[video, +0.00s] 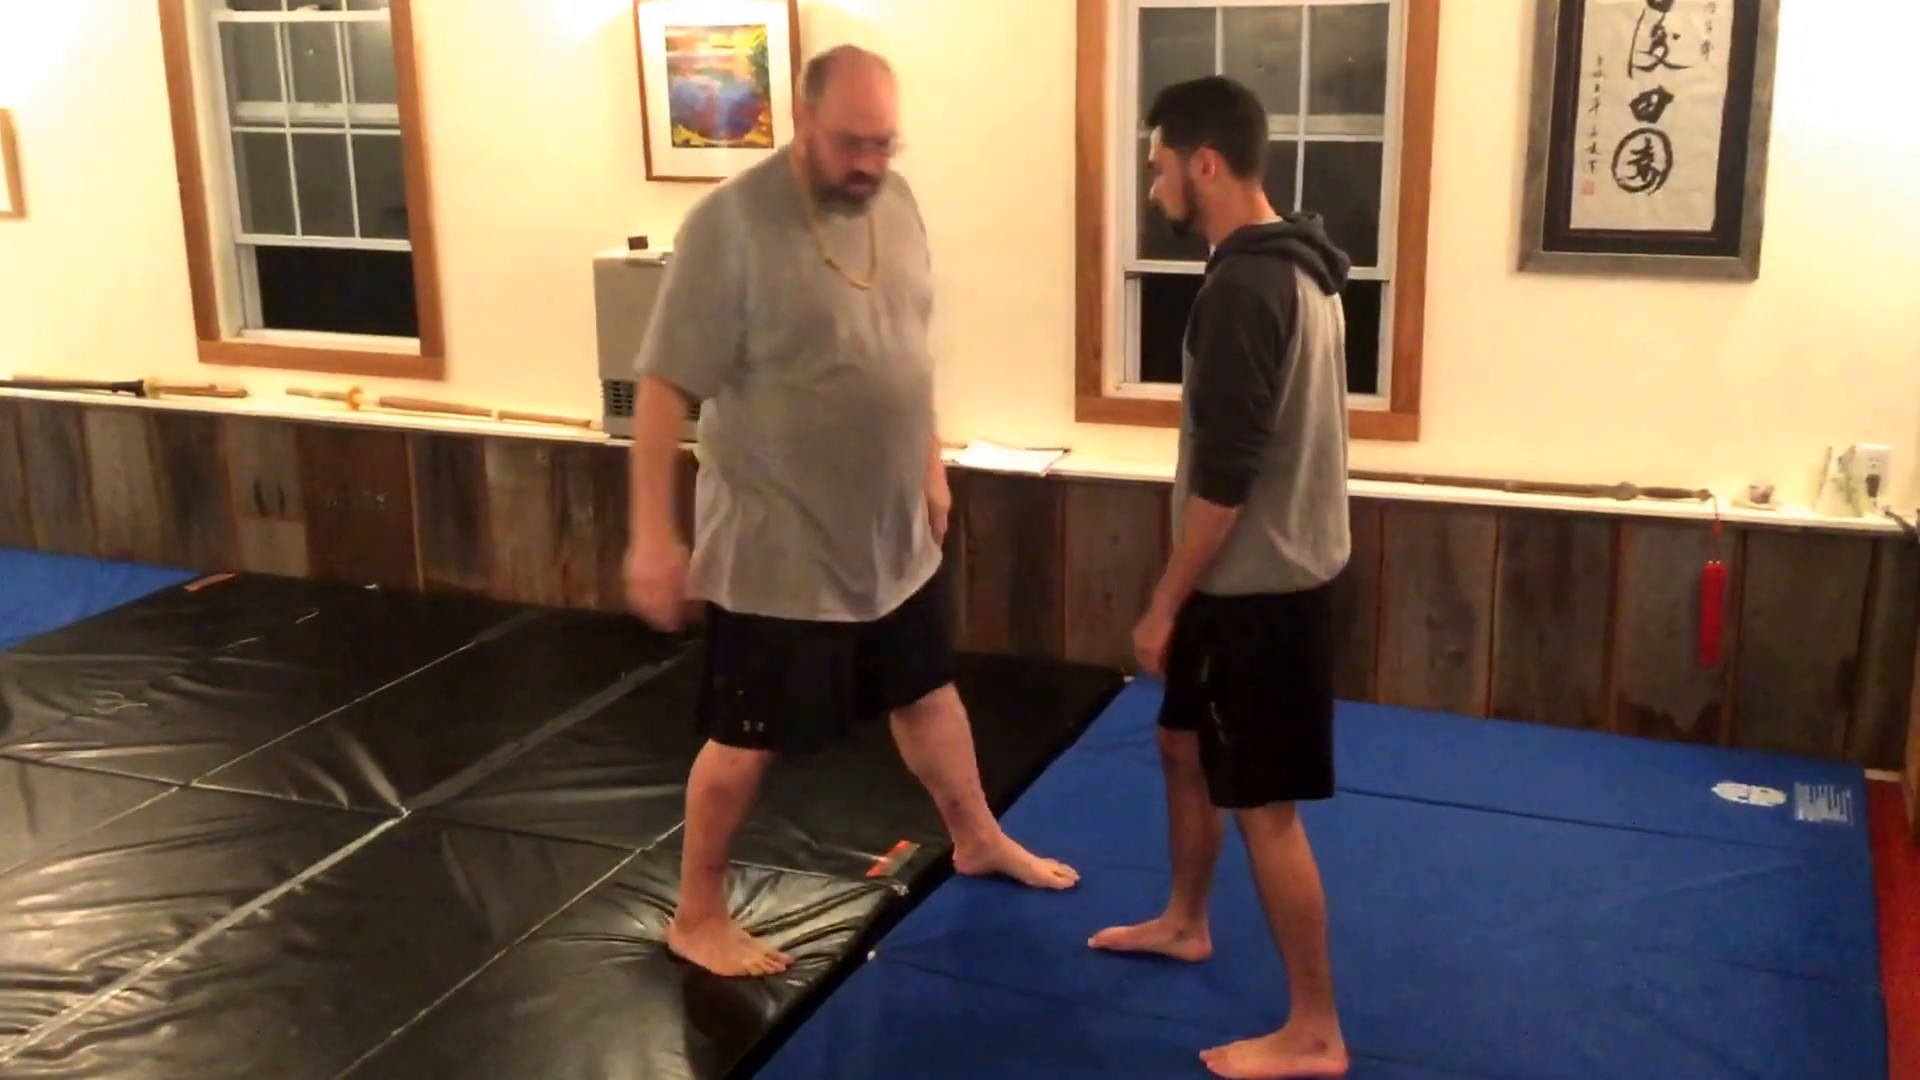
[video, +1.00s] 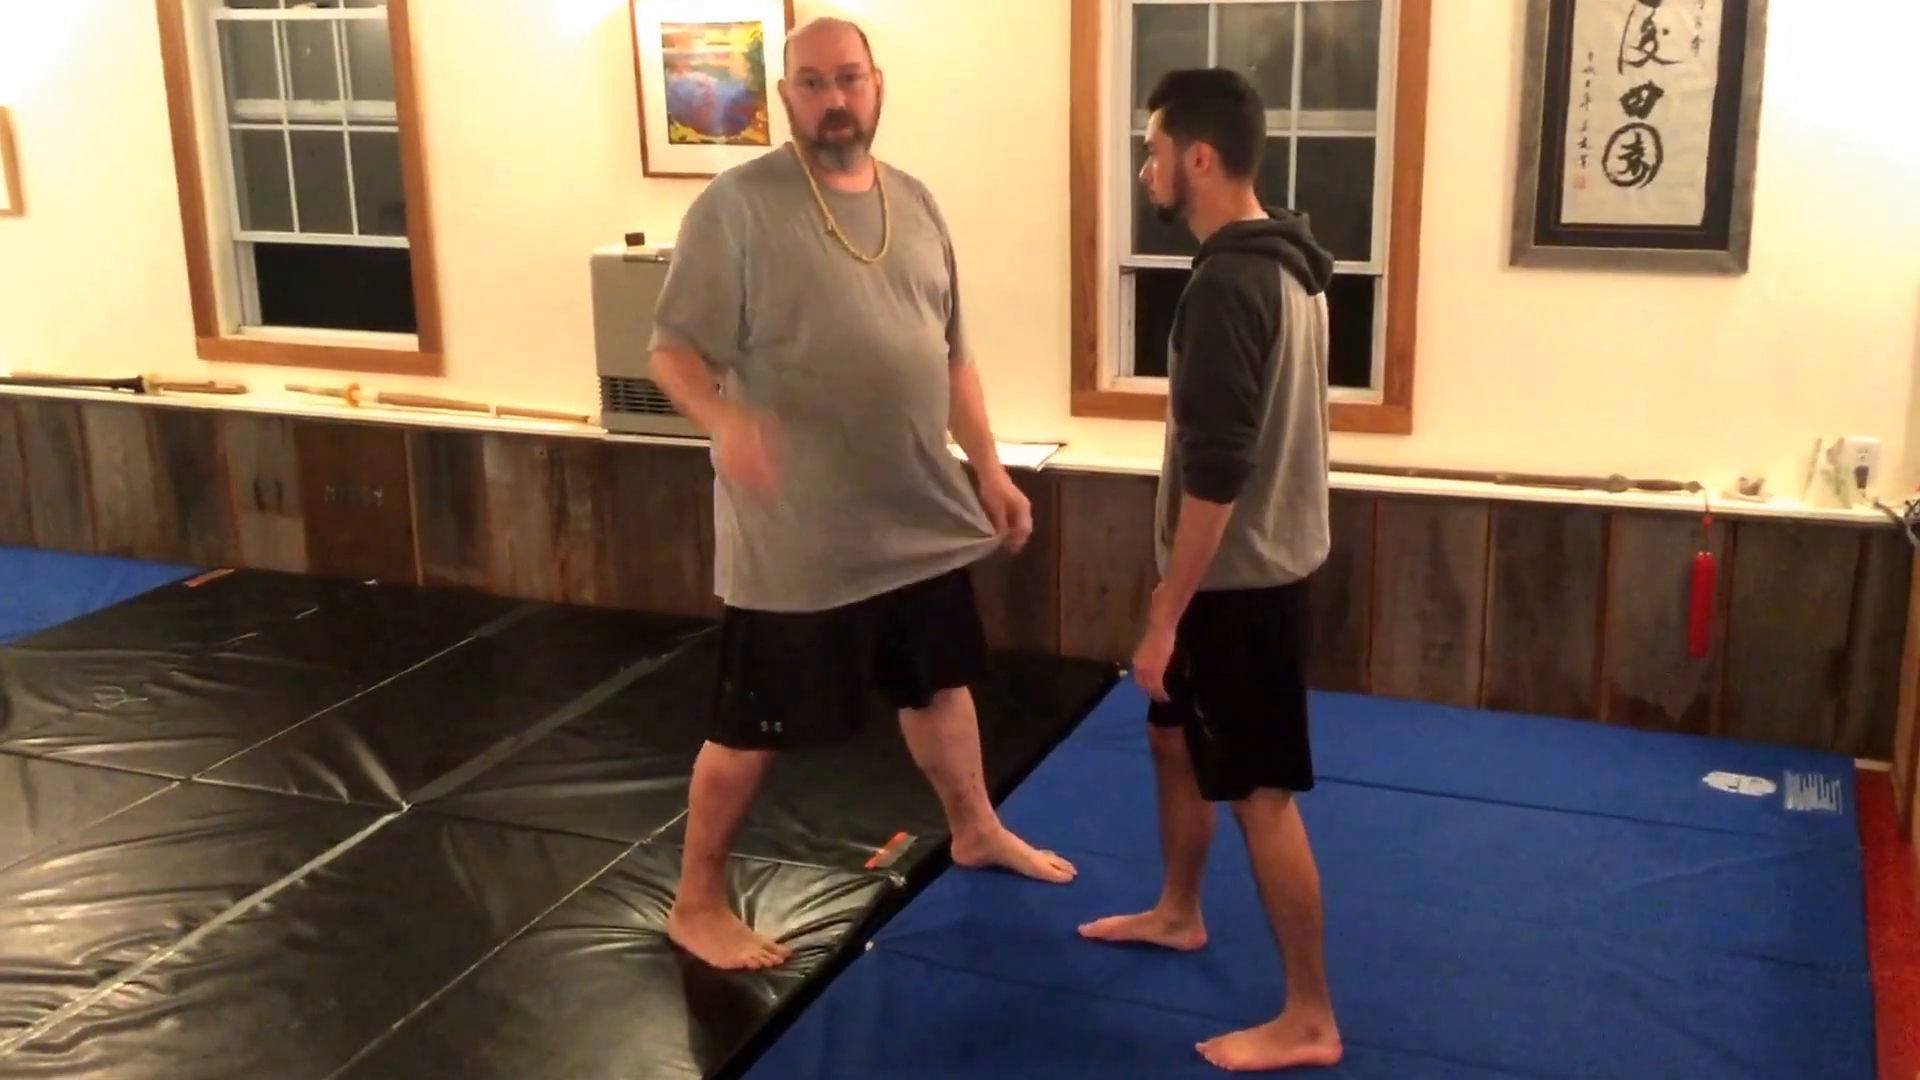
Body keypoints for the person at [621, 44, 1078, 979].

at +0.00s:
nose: (871, 164)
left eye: (885, 143)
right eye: (851, 143)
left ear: (898, 130)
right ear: (799, 122)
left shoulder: (899, 206)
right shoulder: (730, 222)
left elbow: (910, 352)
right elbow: (663, 383)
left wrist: (930, 463)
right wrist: (653, 533)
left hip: (890, 516)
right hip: (772, 532)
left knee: (928, 690)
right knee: (743, 737)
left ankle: (979, 838)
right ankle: (698, 916)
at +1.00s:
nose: (835, 98)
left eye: (850, 79)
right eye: (814, 83)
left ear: (879, 89)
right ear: (784, 96)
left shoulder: (917, 205)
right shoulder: (734, 208)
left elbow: (950, 351)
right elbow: (672, 351)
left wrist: (990, 465)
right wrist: (724, 419)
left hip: (919, 513)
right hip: (788, 531)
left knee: (941, 681)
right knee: (747, 726)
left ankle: (977, 831)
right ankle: (697, 900)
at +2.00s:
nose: (874, 91)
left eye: (886, 73)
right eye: (850, 74)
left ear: (902, 87)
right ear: (803, 90)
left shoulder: (926, 202)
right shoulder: (743, 205)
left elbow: (962, 350)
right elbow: (699, 366)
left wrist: (995, 471)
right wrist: (745, 507)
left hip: (924, 516)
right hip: (794, 533)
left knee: (950, 684)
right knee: (753, 723)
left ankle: (977, 828)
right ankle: (698, 896)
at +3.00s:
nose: (861, 92)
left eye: (875, 74)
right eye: (838, 75)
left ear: (896, 86)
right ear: (799, 89)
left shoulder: (920, 201)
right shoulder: (744, 205)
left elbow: (952, 350)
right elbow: (699, 364)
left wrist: (980, 473)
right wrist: (768, 490)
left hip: (917, 512)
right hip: (792, 528)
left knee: (944, 681)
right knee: (750, 722)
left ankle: (978, 829)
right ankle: (697, 897)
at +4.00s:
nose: (1007, 136)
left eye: (1013, 120)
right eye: (995, 114)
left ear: (956, 108)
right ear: (933, 99)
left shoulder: (958, 209)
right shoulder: (840, 211)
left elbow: (963, 354)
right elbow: (798, 375)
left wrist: (990, 458)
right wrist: (851, 513)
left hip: (948, 512)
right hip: (834, 526)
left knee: (987, 662)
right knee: (781, 710)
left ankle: (980, 825)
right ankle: (701, 888)